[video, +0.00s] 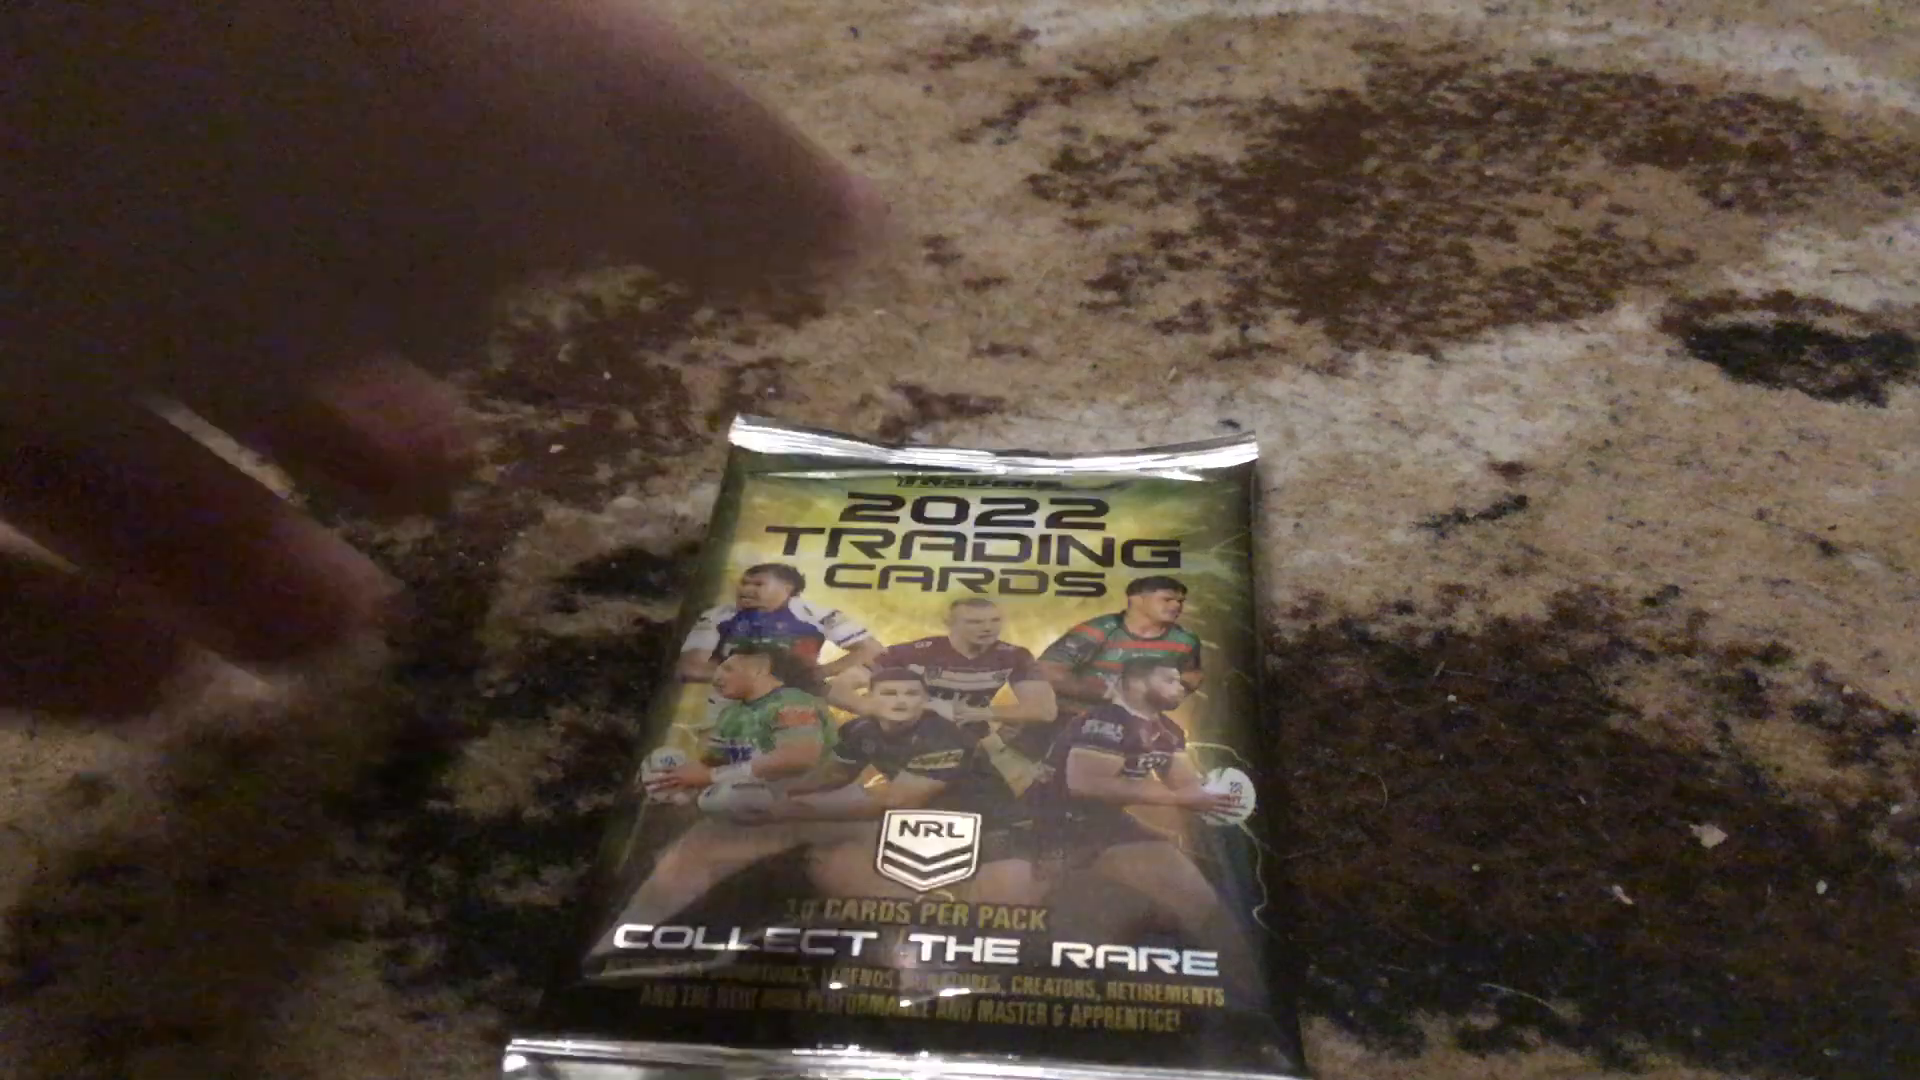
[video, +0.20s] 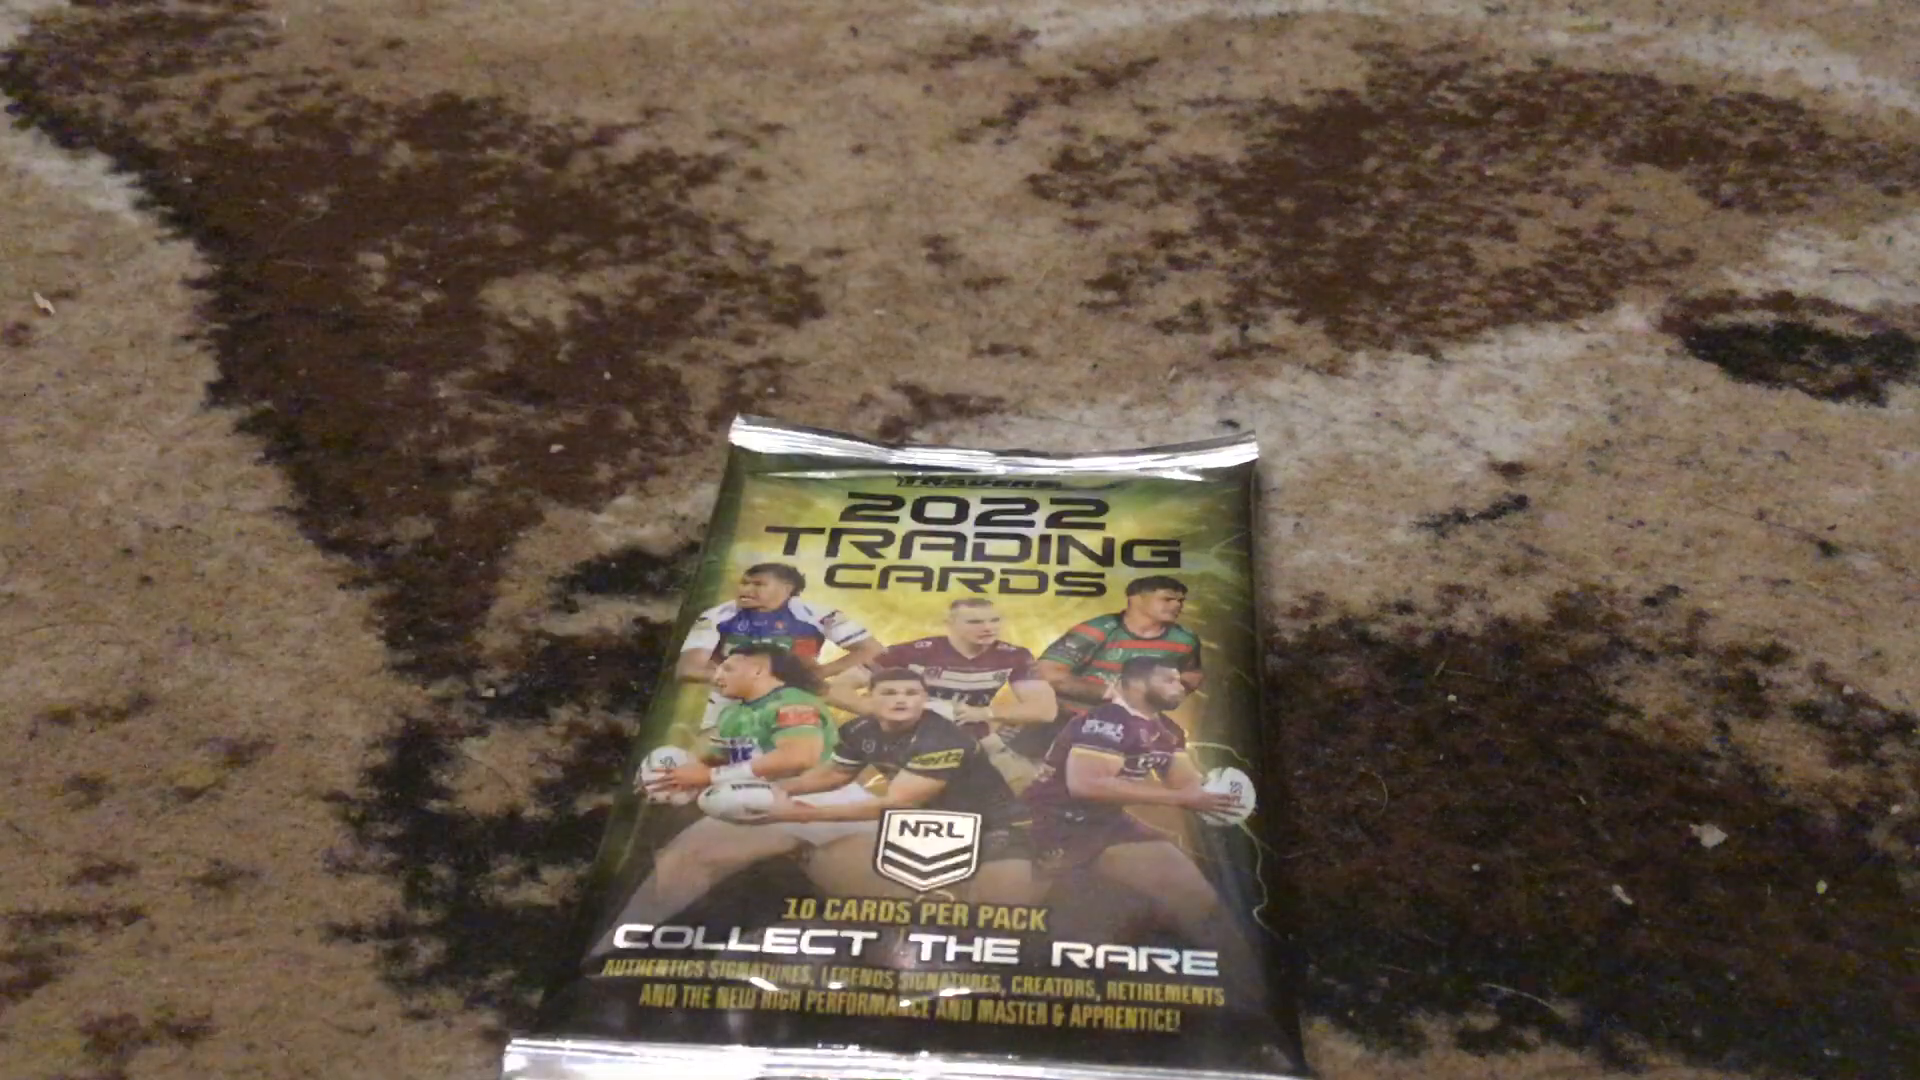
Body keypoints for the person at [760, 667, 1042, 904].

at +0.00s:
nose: (900, 701)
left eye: (911, 693)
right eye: (889, 692)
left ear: (925, 700)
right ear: (872, 697)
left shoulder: (943, 738)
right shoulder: (860, 732)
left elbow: (897, 799)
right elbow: (834, 774)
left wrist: (801, 807)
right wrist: (784, 791)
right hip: (918, 816)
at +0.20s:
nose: (900, 700)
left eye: (911, 693)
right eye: (889, 693)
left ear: (925, 699)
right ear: (871, 699)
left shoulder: (942, 738)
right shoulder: (862, 732)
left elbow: (895, 806)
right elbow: (835, 773)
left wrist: (807, 814)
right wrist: (785, 787)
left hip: (994, 829)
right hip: (927, 825)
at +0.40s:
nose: (899, 701)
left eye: (910, 693)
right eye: (889, 693)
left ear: (924, 700)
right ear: (872, 700)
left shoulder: (944, 738)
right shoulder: (861, 732)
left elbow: (893, 806)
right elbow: (835, 772)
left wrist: (808, 814)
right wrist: (786, 787)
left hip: (994, 829)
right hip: (929, 826)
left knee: (1004, 915)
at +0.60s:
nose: (900, 701)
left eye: (910, 693)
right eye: (889, 693)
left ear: (925, 699)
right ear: (872, 699)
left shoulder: (944, 739)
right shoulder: (861, 731)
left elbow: (892, 806)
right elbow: (835, 772)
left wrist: (807, 813)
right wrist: (786, 787)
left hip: (993, 832)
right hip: (928, 828)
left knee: (1002, 921)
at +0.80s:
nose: (900, 700)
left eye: (910, 693)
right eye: (889, 692)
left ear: (925, 698)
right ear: (871, 698)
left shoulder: (943, 738)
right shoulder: (862, 731)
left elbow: (892, 806)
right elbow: (835, 773)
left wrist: (809, 813)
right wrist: (787, 786)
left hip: (994, 828)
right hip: (930, 824)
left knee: (1004, 919)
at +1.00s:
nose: (900, 700)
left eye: (910, 693)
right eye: (889, 693)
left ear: (925, 698)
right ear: (871, 699)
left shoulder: (943, 738)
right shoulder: (861, 731)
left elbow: (894, 806)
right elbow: (835, 773)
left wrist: (807, 813)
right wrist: (784, 786)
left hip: (994, 828)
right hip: (931, 826)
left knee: (1004, 918)